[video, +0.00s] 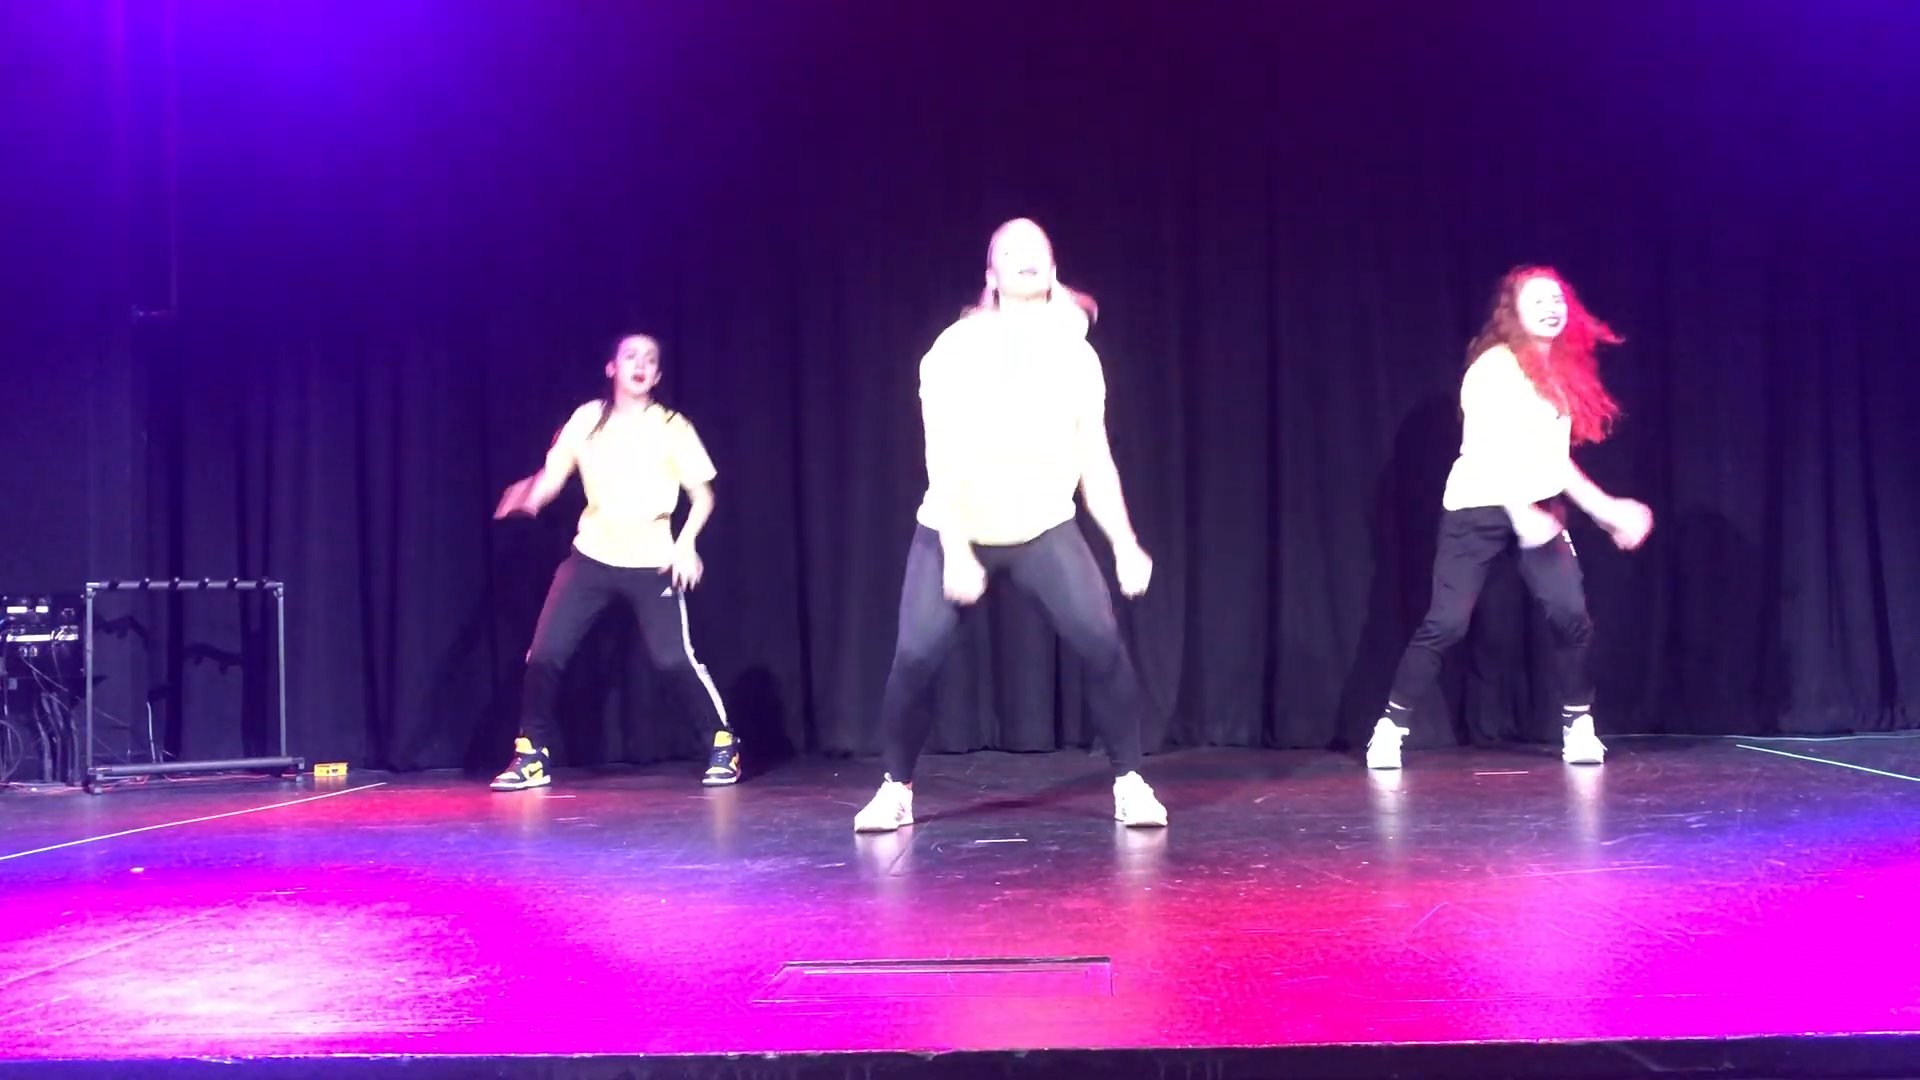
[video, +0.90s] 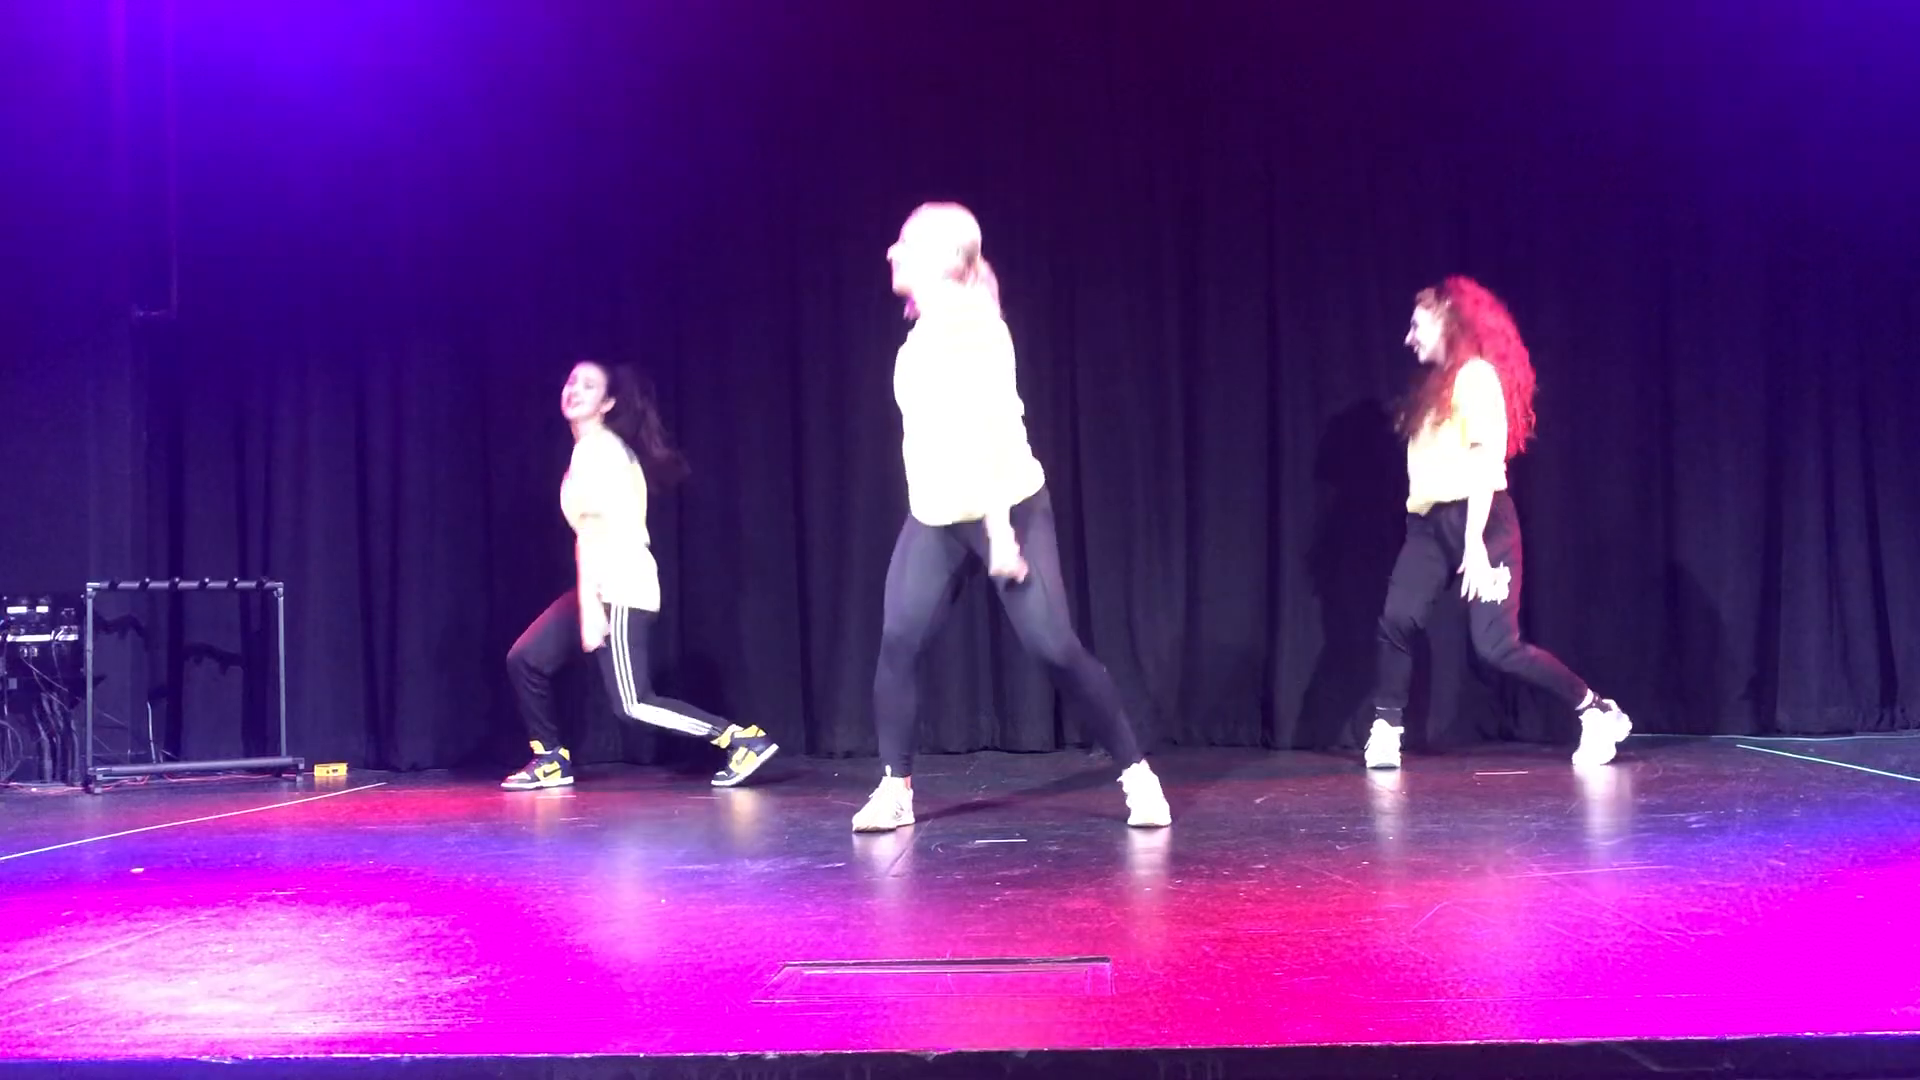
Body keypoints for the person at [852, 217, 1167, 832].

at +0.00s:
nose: (1028, 259)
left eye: (1037, 248)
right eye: (1013, 250)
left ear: (1054, 263)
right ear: (992, 270)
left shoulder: (1074, 352)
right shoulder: (951, 351)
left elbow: (1094, 453)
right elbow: (942, 457)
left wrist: (1124, 542)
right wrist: (956, 547)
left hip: (1043, 523)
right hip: (955, 521)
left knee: (1101, 640)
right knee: (916, 653)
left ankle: (1129, 781)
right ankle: (895, 786)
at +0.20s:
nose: (1026, 236)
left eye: (1035, 226)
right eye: (1013, 227)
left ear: (1052, 237)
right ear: (990, 241)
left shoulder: (1071, 330)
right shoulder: (950, 296)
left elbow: (1080, 436)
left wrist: (1094, 525)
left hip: (1034, 499)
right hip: (945, 498)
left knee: (1090, 631)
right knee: (910, 639)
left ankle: (1129, 780)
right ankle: (894, 785)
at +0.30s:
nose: (1023, 204)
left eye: (1032, 197)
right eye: (1009, 197)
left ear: (1047, 217)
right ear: (982, 217)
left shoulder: (1068, 303)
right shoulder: (950, 265)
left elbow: (1078, 414)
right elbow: (944, 169)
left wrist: (1095, 507)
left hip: (1031, 480)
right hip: (941, 479)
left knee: (1078, 624)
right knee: (916, 631)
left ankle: (1130, 777)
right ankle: (891, 784)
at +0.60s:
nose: (949, 222)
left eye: (958, 211)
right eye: (951, 214)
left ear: (998, 218)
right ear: (968, 225)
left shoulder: (1040, 299)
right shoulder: (960, 280)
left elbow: (1047, 405)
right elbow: (938, 238)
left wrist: (1061, 499)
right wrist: (921, 201)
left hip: (1002, 480)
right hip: (927, 482)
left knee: (1061, 628)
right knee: (918, 629)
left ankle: (1130, 774)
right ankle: (892, 782)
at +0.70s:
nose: (924, 214)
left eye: (939, 202)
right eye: (929, 203)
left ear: (981, 217)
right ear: (963, 220)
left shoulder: (1016, 294)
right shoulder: (938, 296)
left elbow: (1022, 397)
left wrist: (1035, 484)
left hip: (995, 482)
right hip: (925, 487)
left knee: (1063, 627)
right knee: (917, 633)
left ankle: (1136, 772)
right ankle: (893, 783)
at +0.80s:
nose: (905, 220)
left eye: (921, 210)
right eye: (911, 209)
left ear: (961, 225)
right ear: (947, 227)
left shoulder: (991, 288)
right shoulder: (935, 292)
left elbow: (1002, 386)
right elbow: (940, 392)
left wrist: (1017, 484)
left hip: (995, 480)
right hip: (929, 486)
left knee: (1057, 628)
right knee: (912, 629)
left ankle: (1139, 770)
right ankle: (893, 783)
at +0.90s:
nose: (892, 251)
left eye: (905, 241)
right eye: (898, 240)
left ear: (942, 257)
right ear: (933, 256)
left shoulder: (975, 325)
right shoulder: (924, 331)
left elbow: (992, 428)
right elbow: (942, 429)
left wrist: (999, 527)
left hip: (1008, 504)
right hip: (936, 511)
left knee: (1054, 646)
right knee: (898, 637)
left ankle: (1136, 772)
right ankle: (894, 786)